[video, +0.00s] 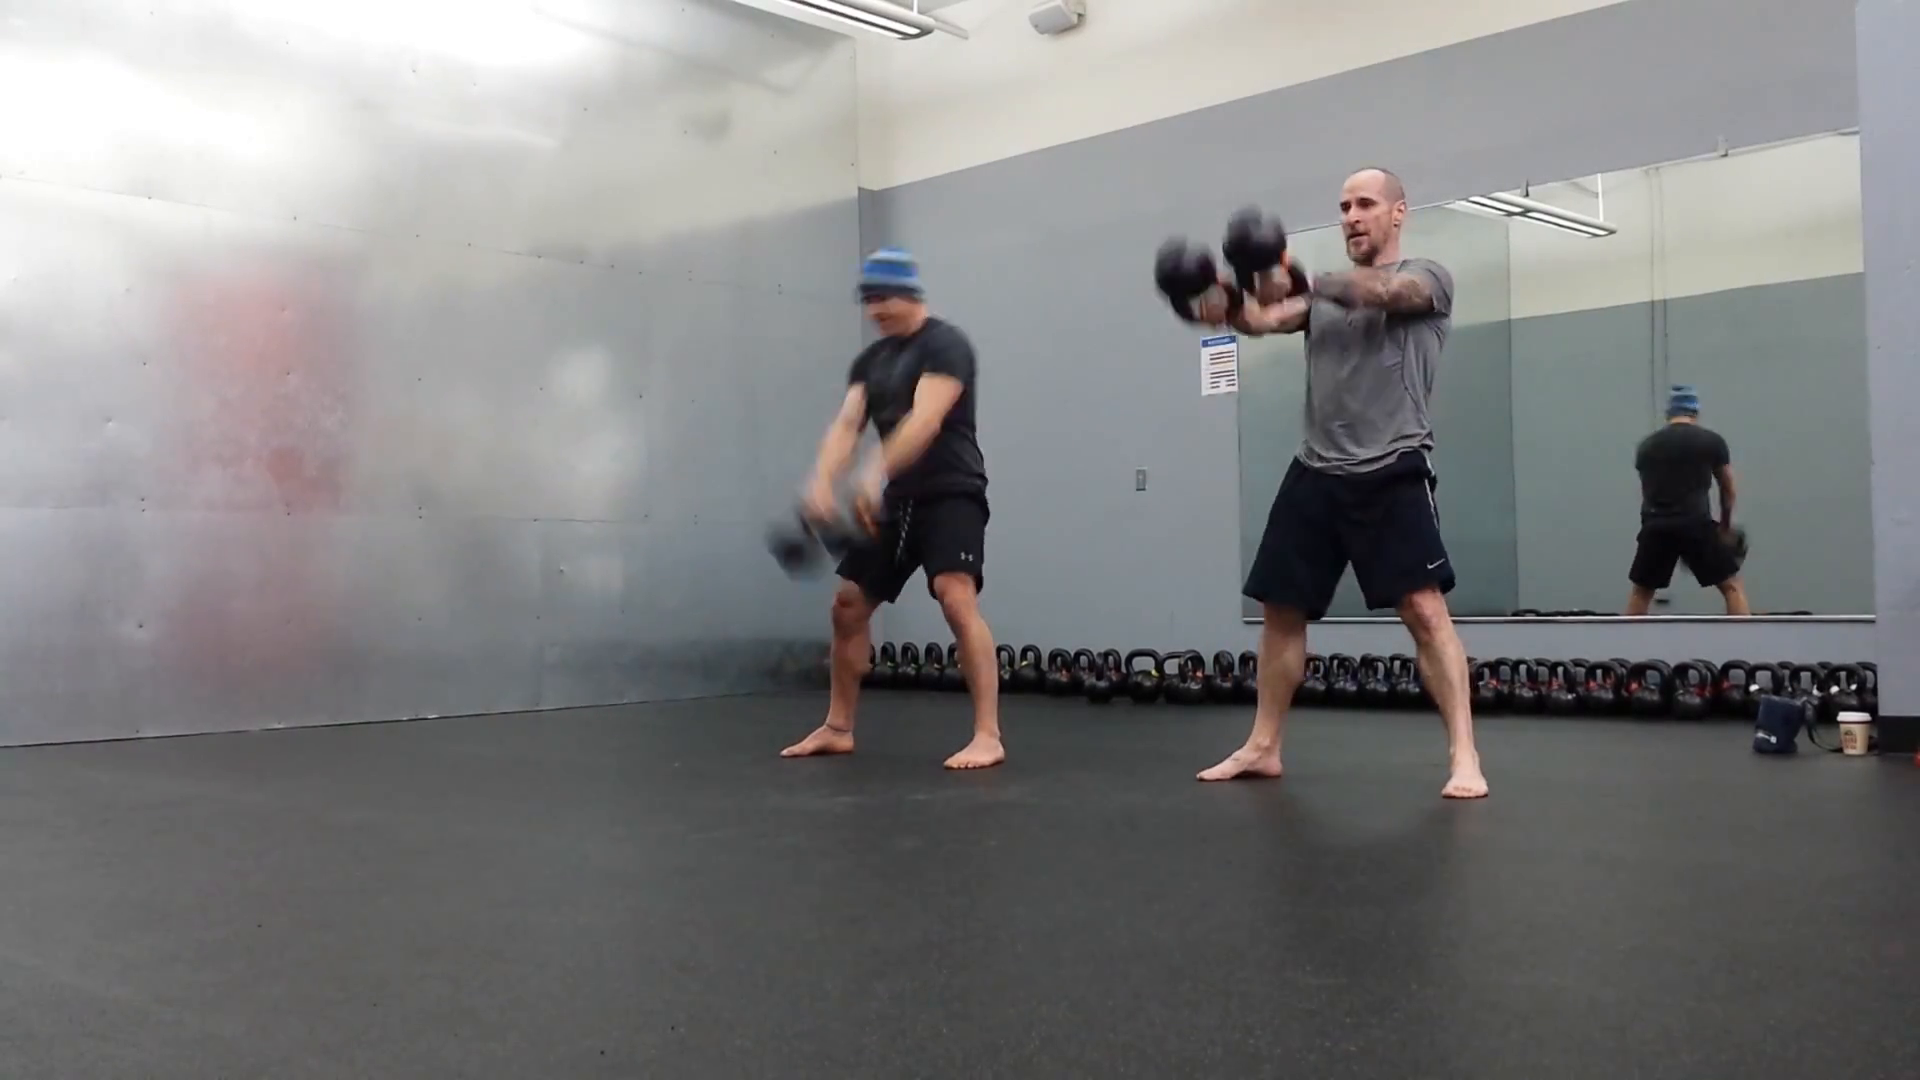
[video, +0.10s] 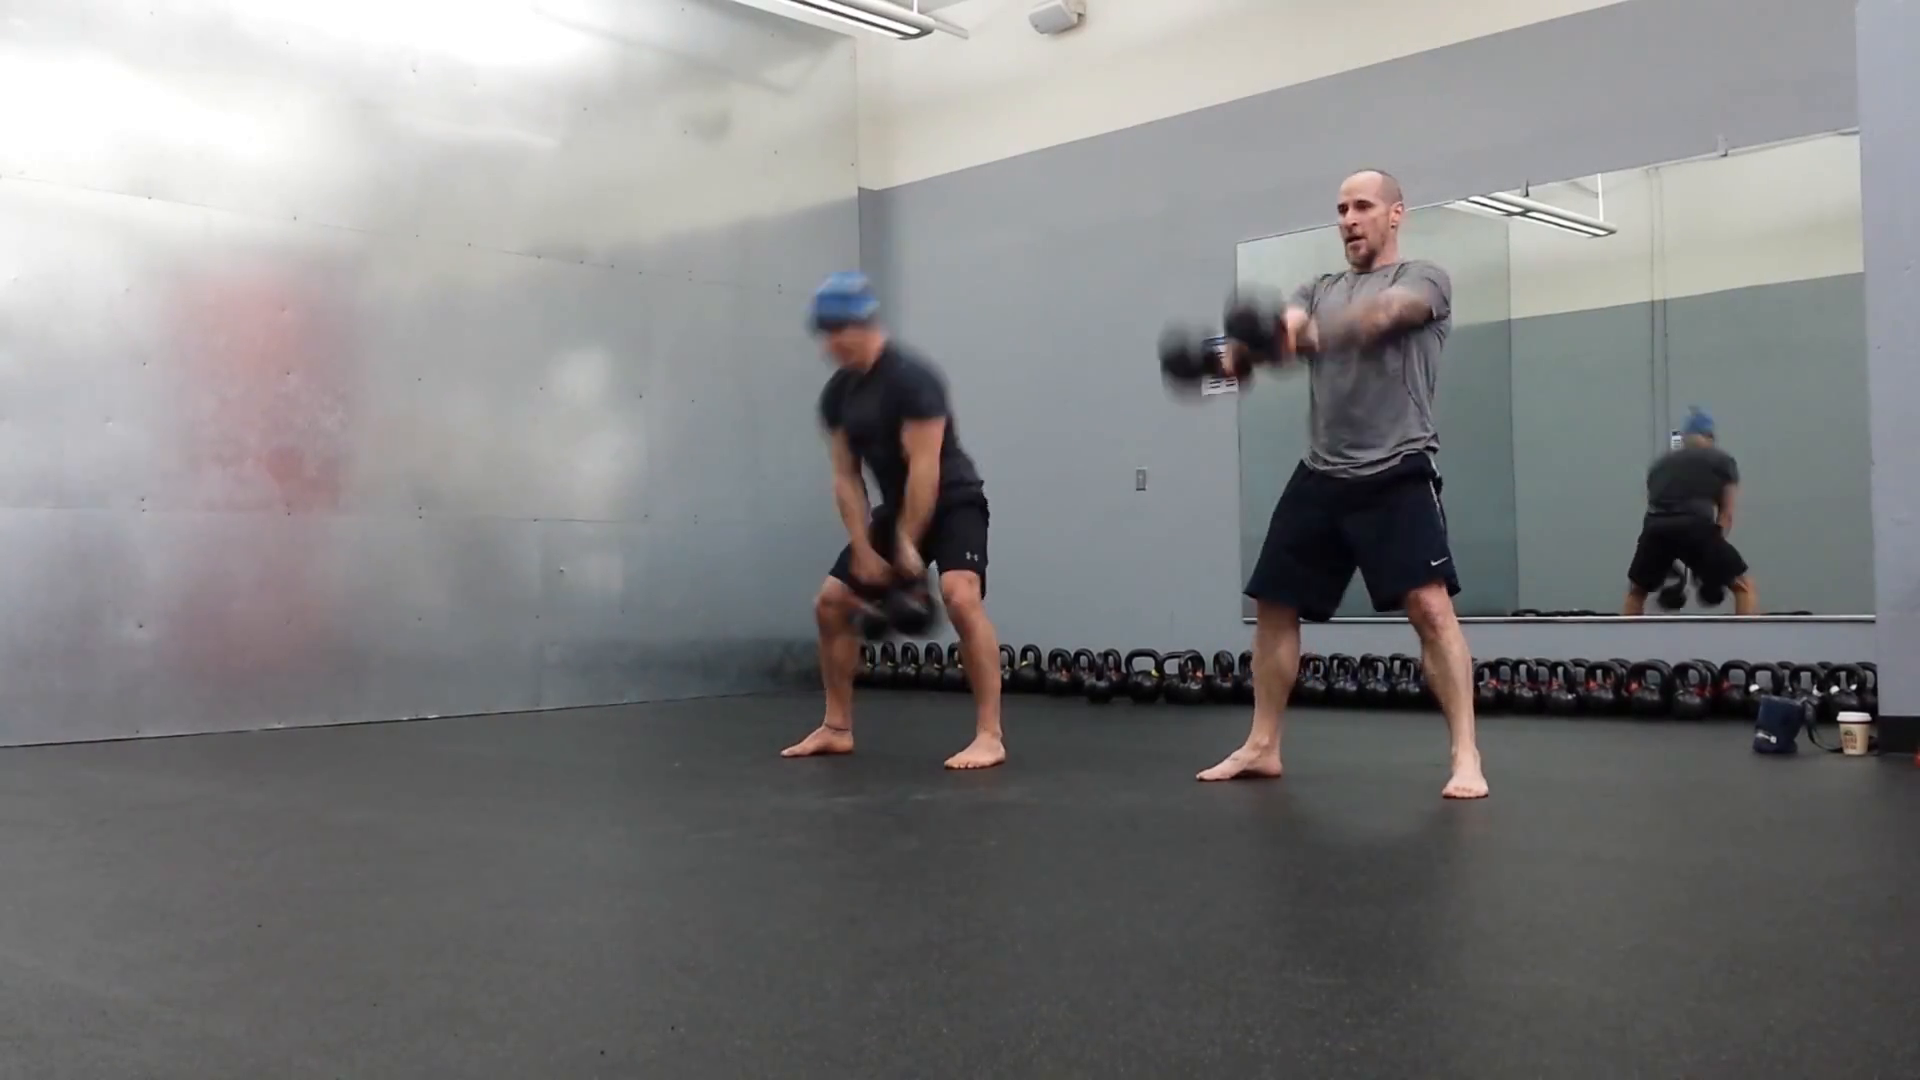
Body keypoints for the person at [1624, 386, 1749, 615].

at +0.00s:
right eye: (1693, 413)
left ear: (1669, 413)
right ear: (1695, 414)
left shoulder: (1647, 445)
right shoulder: (1711, 442)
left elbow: (1647, 492)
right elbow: (1727, 488)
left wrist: (1651, 524)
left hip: (1656, 529)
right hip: (1698, 528)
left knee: (1640, 595)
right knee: (1731, 589)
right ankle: (1747, 646)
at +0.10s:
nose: (1706, 442)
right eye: (1709, 438)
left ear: (1682, 437)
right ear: (1710, 438)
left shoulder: (1660, 462)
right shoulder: (1721, 461)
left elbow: (1656, 511)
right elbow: (1726, 515)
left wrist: (1666, 565)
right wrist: (1708, 564)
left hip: (1656, 531)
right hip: (1698, 531)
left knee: (1636, 594)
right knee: (1742, 587)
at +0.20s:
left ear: (1698, 474)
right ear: (1723, 476)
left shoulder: (1671, 491)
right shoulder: (1732, 494)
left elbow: (1662, 530)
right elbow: (1728, 536)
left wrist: (1656, 579)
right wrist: (1704, 577)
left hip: (1659, 539)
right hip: (1702, 540)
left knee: (1628, 597)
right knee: (1758, 589)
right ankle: (1748, 645)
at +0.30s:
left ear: (1701, 497)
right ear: (1727, 499)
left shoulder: (1676, 510)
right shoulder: (1736, 514)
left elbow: (1662, 539)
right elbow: (1727, 553)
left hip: (1656, 549)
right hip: (1699, 551)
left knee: (1627, 592)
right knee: (1759, 591)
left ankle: (1628, 642)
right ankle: (1750, 643)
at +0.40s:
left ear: (1696, 479)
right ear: (1722, 481)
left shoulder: (1672, 497)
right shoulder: (1732, 500)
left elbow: (1660, 532)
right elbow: (1727, 542)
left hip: (1659, 545)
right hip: (1701, 547)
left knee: (1627, 591)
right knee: (1755, 591)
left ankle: (1628, 646)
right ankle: (1749, 646)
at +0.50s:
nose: (1714, 447)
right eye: (1712, 443)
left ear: (1683, 443)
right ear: (1709, 443)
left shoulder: (1661, 472)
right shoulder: (1724, 470)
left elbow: (1655, 518)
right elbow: (1724, 518)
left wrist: (1664, 572)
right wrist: (1708, 569)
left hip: (1658, 539)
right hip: (1700, 540)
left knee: (1629, 595)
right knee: (1749, 589)